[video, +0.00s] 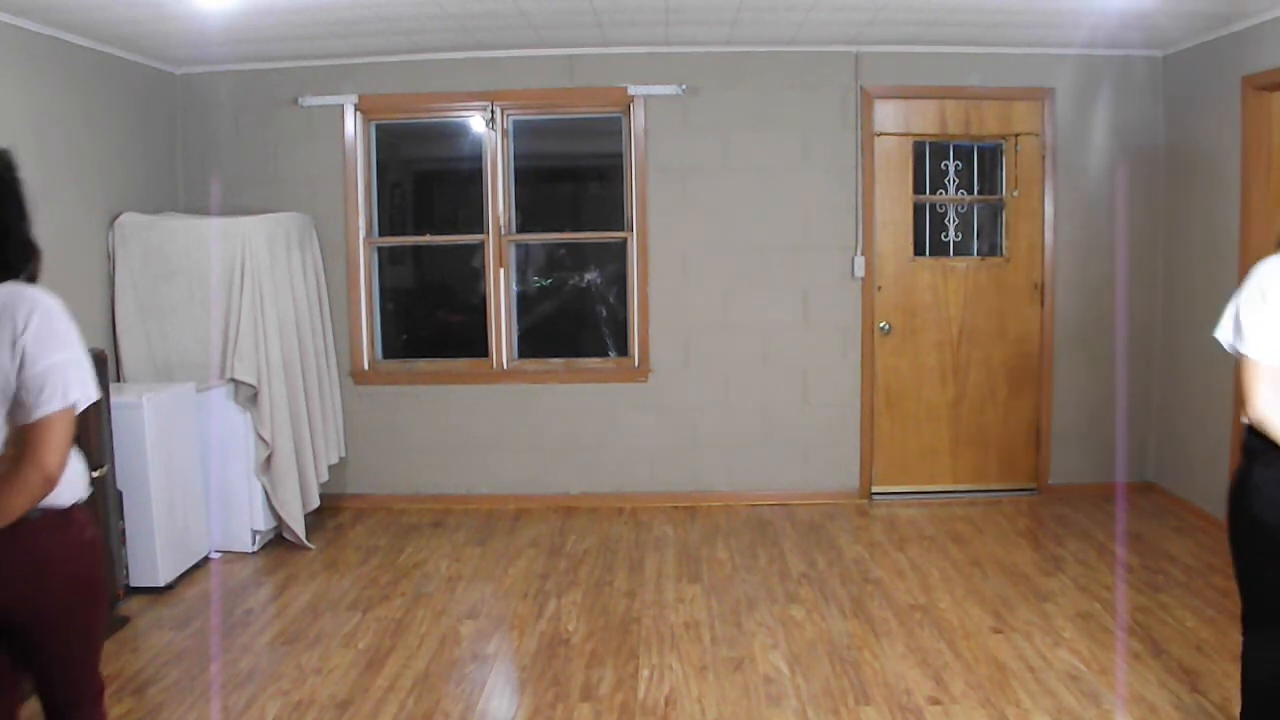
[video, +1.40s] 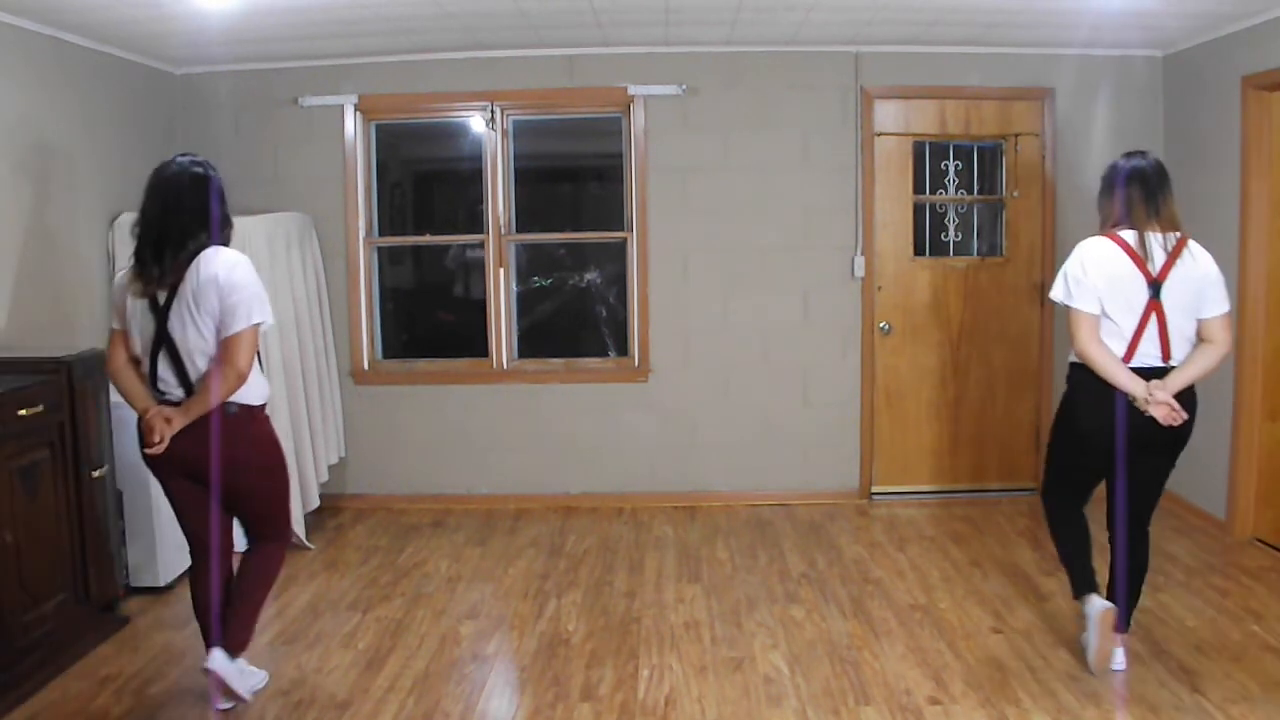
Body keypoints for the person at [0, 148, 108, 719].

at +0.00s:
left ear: (10, 221)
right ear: (18, 219)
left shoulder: (31, 313)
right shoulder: (31, 313)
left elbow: (41, 465)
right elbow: (41, 464)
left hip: (37, 538)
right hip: (45, 539)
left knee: (71, 699)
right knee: (76, 702)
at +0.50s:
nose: (114, 215)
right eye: (110, 204)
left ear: (17, 207)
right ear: (99, 214)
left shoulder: (7, 291)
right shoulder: (110, 291)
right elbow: (116, 422)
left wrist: (21, 487)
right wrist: (31, 485)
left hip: (14, 509)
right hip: (103, 508)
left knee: (76, 642)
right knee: (92, 682)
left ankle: (67, 706)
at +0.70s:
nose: (134, 224)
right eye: (131, 212)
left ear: (43, 213)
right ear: (122, 220)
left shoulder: (12, 295)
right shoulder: (134, 292)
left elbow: (3, 412)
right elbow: (136, 418)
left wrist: (11, 471)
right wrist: (54, 479)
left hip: (29, 504)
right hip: (122, 502)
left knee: (108, 626)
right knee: (103, 676)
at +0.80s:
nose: (148, 233)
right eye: (143, 221)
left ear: (60, 222)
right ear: (136, 229)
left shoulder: (20, 305)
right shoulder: (148, 298)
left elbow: (5, 407)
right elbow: (150, 419)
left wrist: (29, 477)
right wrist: (68, 479)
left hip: (55, 506)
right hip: (136, 502)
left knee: (139, 639)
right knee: (109, 671)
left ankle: (160, 714)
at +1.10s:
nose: (189, 239)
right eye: (186, 230)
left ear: (112, 240)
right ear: (183, 239)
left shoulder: (91, 311)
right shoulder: (201, 303)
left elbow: (68, 403)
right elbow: (216, 411)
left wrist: (109, 462)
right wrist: (145, 458)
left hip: (127, 477)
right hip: (198, 475)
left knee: (200, 580)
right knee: (181, 623)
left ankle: (226, 680)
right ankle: (142, 713)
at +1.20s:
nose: (203, 223)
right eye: (199, 214)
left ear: (129, 227)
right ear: (195, 224)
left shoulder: (110, 298)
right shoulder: (215, 288)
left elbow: (92, 381)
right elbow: (224, 393)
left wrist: (128, 436)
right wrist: (156, 440)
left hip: (143, 461)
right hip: (210, 460)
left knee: (201, 569)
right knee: (227, 588)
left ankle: (226, 680)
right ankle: (165, 692)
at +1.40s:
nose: (224, 210)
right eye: (219, 202)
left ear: (154, 211)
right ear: (214, 208)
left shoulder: (134, 278)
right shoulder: (229, 268)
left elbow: (119, 360)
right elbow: (235, 367)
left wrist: (151, 411)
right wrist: (181, 415)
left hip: (163, 429)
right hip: (230, 428)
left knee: (207, 550)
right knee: (271, 534)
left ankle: (220, 677)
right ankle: (229, 650)